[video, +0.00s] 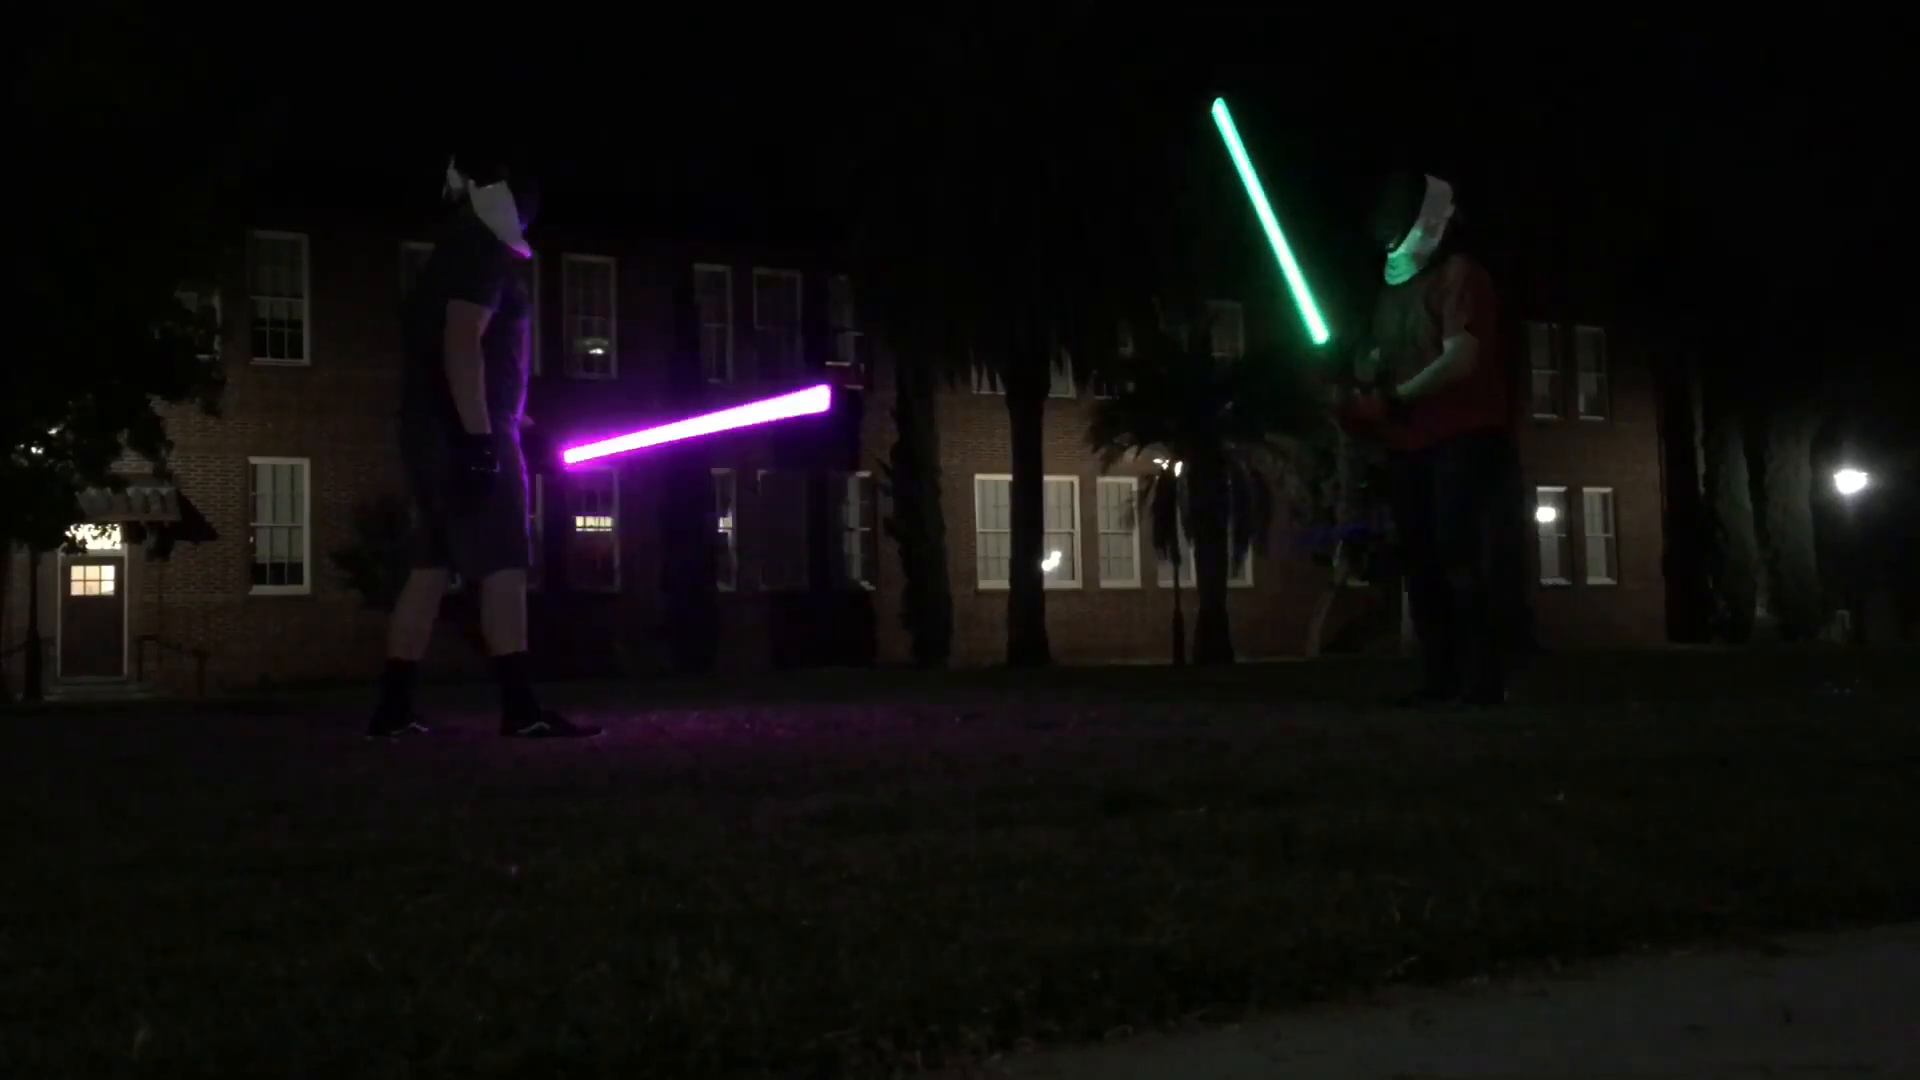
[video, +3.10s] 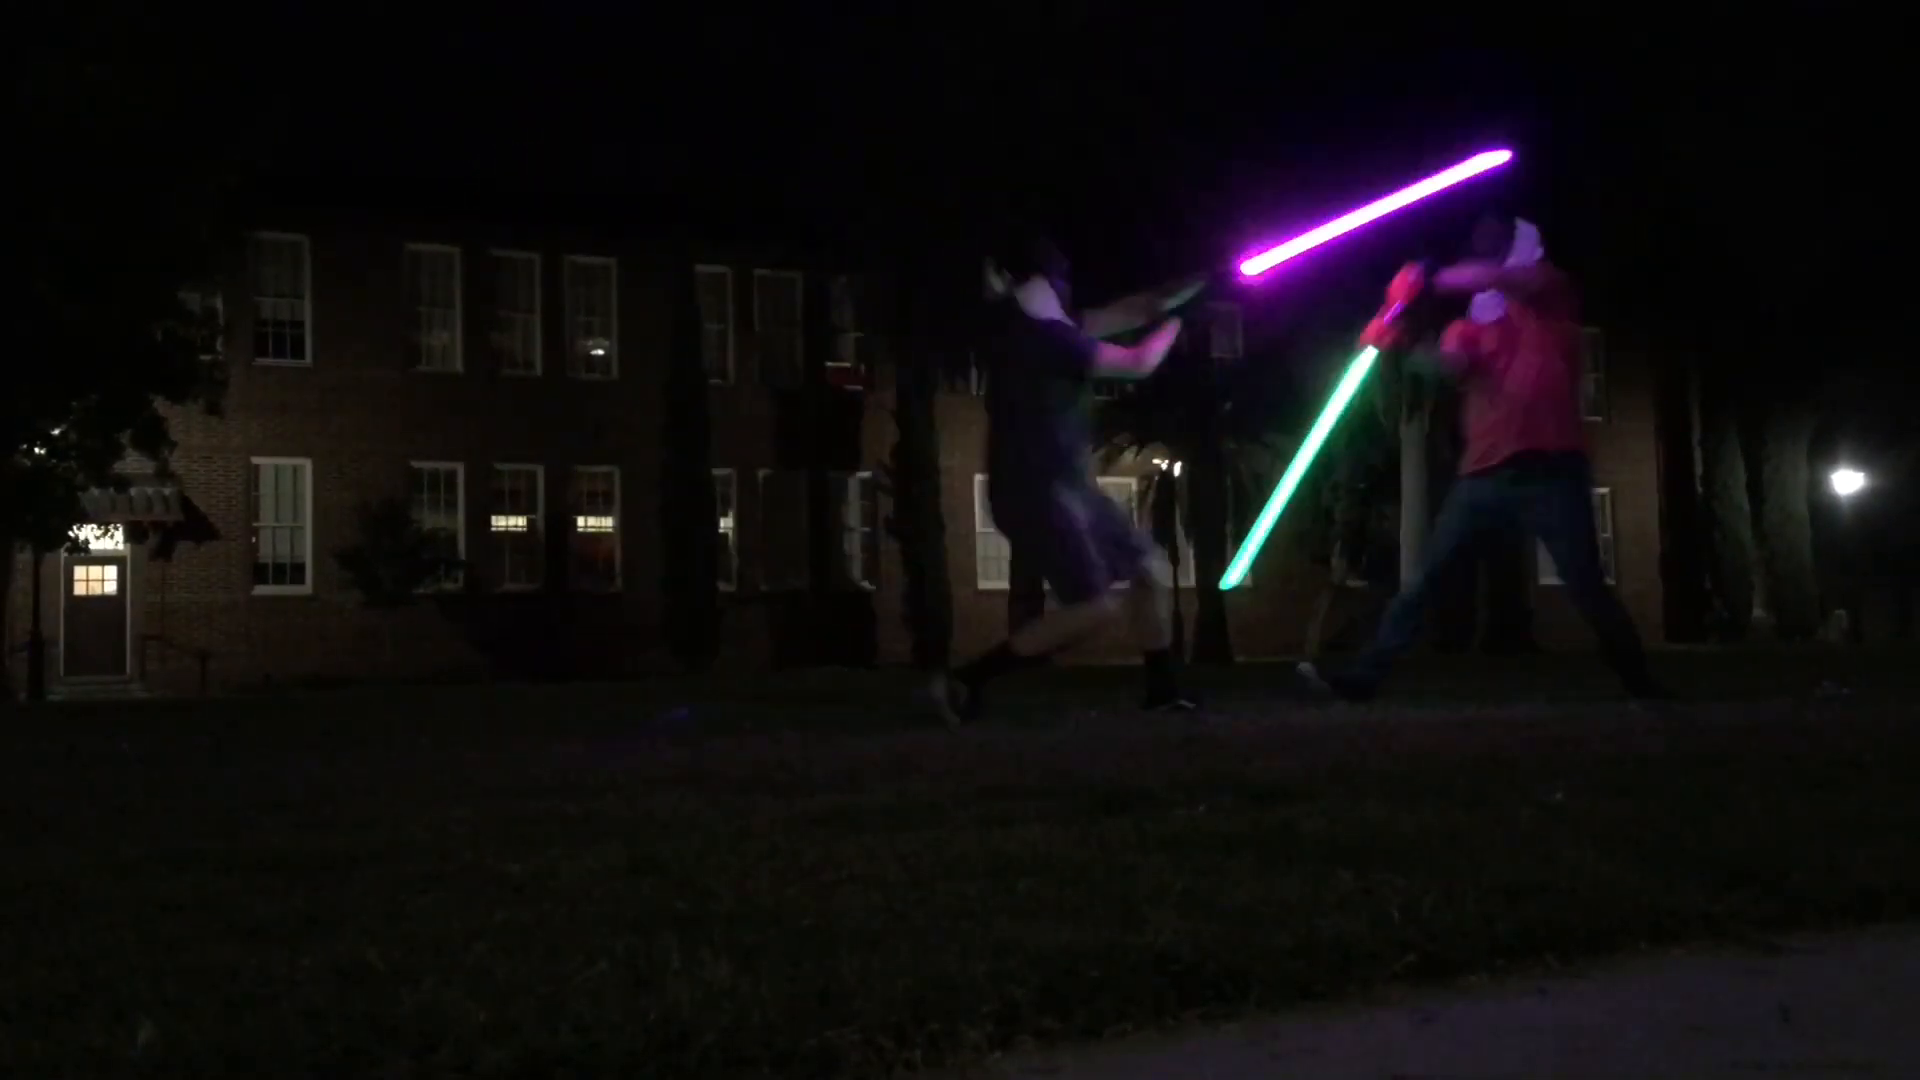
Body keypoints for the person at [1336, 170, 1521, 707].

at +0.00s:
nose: (1389, 235)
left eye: (1401, 223)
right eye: (1388, 223)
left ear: (1430, 222)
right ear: (1390, 226)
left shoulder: (1455, 275)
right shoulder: (1394, 290)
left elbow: (1462, 355)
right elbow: (1384, 356)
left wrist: (1398, 394)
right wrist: (1361, 376)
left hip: (1464, 444)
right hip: (1413, 445)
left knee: (1463, 559)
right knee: (1421, 561)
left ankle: (1476, 677)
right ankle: (1437, 672)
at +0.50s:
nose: (1387, 237)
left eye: (1397, 225)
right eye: (1385, 227)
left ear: (1425, 221)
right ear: (1389, 226)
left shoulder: (1460, 271)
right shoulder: (1379, 289)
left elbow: (1488, 348)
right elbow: (1361, 392)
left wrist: (1481, 421)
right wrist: (1349, 356)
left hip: (1452, 446)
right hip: (1394, 450)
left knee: (1463, 568)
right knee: (1376, 562)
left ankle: (1481, 679)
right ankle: (1367, 677)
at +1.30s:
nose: (1344, 236)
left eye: (1353, 224)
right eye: (1345, 225)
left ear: (1378, 223)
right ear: (1361, 223)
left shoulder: (1410, 273)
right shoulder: (1335, 292)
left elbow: (1459, 350)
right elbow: (1328, 369)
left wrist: (1446, 405)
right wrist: (1291, 391)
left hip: (1411, 446)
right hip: (1350, 453)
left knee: (1441, 567)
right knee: (1360, 574)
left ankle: (1471, 677)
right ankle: (1356, 681)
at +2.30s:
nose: (1373, 236)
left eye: (1387, 223)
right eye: (1371, 224)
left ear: (1415, 225)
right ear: (1371, 229)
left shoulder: (1440, 279)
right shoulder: (1373, 296)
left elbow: (1421, 358)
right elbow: (1355, 362)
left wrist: (1354, 392)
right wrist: (1323, 381)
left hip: (1439, 453)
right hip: (1382, 455)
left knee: (1451, 570)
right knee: (1351, 556)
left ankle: (1475, 683)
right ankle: (1350, 676)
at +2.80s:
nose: (1368, 262)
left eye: (1382, 252)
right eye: (1366, 250)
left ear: (1407, 260)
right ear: (1360, 258)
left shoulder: (1425, 312)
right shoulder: (1350, 329)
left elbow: (1372, 372)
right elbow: (1316, 393)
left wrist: (1303, 415)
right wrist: (1254, 411)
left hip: (1434, 479)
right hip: (1373, 482)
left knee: (1473, 586)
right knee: (1319, 563)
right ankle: (1311, 682)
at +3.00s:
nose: (1449, 282)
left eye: (1460, 271)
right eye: (1450, 273)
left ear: (1485, 274)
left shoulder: (1502, 310)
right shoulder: (1441, 330)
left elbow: (1431, 331)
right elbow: (1406, 398)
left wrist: (1367, 343)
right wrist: (1338, 392)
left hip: (1495, 482)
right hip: (1436, 485)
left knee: (1548, 598)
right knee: (1373, 584)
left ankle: (1640, 688)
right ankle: (1317, 690)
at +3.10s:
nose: (1491, 275)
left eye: (1502, 266)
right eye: (1486, 267)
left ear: (1527, 262)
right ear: (1484, 271)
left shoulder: (1554, 301)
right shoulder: (1474, 325)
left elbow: (1499, 277)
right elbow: (1444, 359)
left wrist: (1430, 280)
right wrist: (1398, 341)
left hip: (1550, 466)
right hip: (1484, 471)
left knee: (1587, 586)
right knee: (1431, 580)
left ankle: (1644, 687)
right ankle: (1361, 678)